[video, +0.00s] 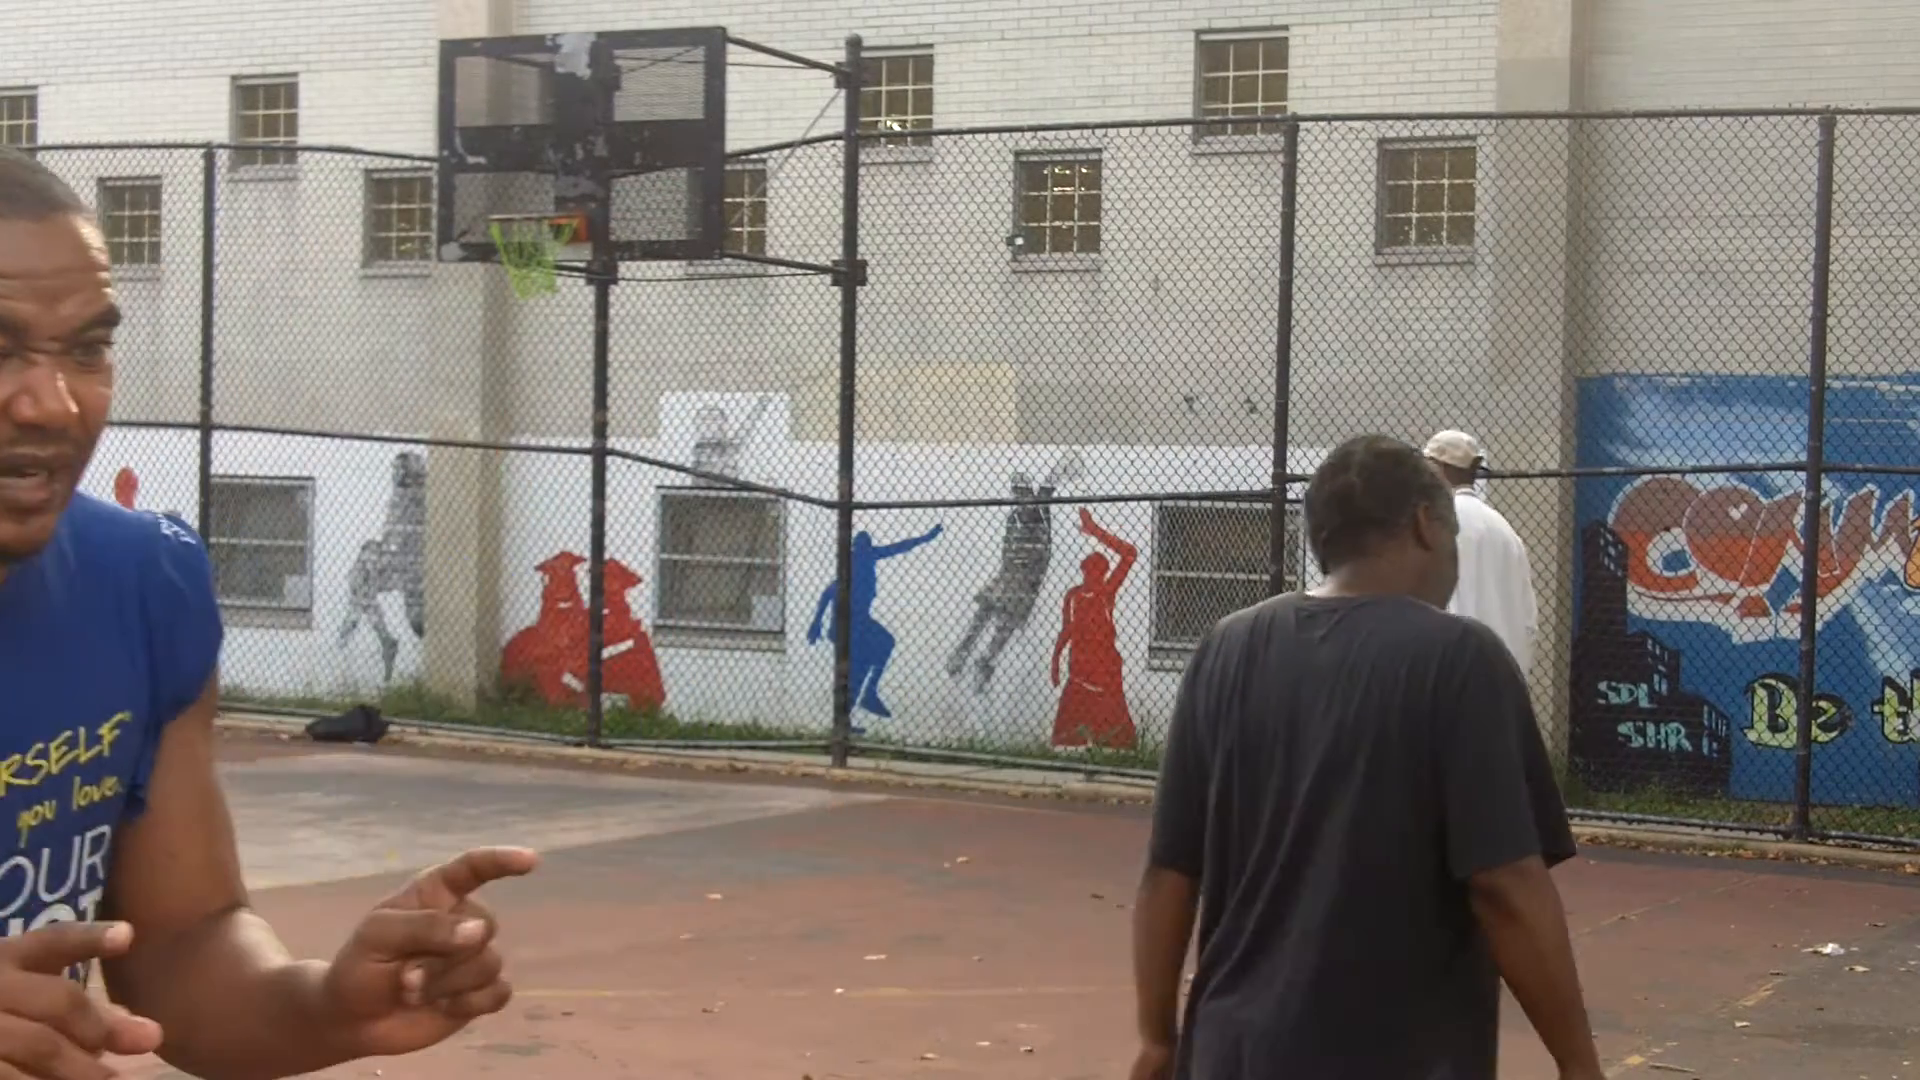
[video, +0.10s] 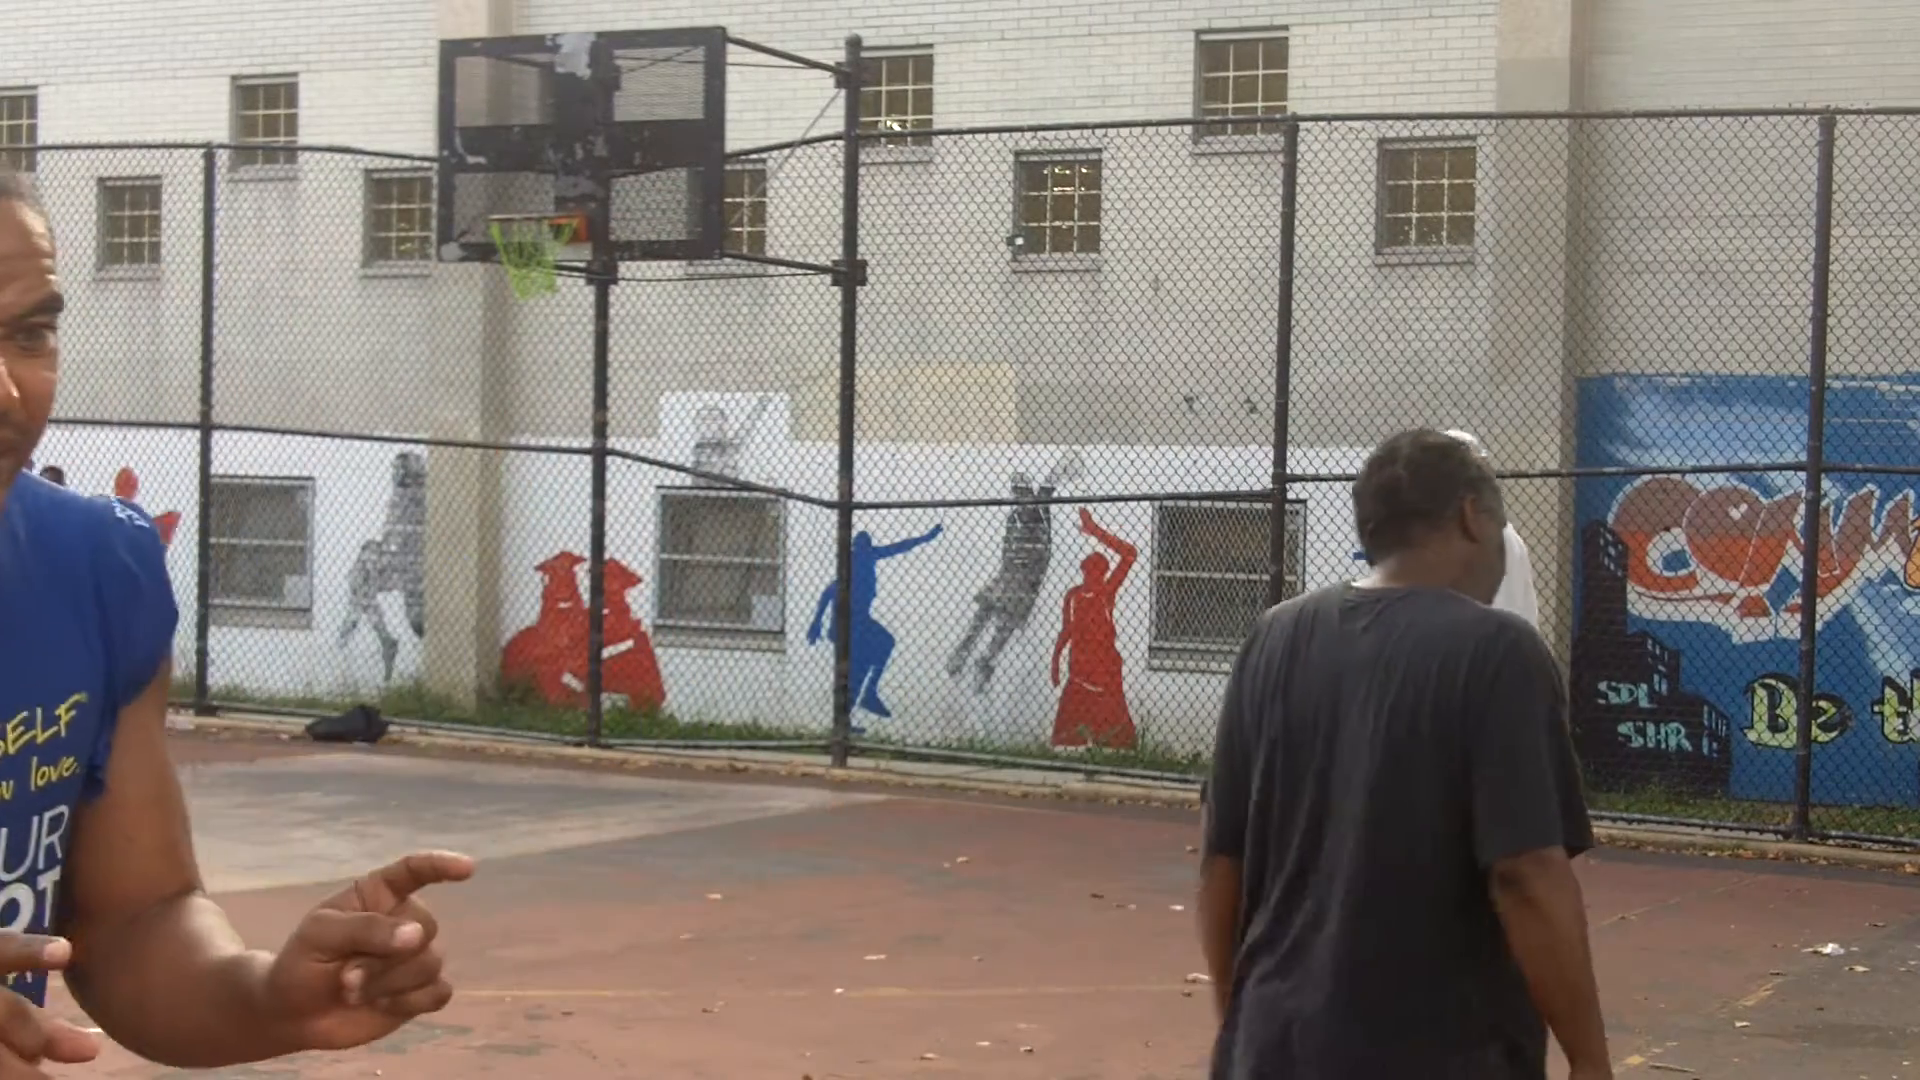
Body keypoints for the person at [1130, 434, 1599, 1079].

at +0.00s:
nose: (1457, 554)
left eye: (1455, 531)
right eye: (1453, 529)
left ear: (1326, 541)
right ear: (1425, 522)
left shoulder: (1228, 646)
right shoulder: (1457, 655)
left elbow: (1169, 870)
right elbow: (1504, 881)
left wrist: (1155, 1036)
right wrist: (1580, 1062)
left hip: (1229, 1047)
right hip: (1406, 1054)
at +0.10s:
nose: (1504, 547)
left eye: (1504, 524)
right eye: (1501, 522)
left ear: (1373, 531)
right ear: (1472, 515)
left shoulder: (1273, 636)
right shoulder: (1494, 647)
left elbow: (1223, 865)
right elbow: (1524, 871)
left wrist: (1237, 1025)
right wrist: (1589, 1060)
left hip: (1273, 1045)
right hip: (1447, 1052)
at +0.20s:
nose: (1557, 550)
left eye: (1557, 529)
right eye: (1554, 526)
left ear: (1425, 529)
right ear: (1520, 517)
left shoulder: (1319, 633)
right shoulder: (1535, 650)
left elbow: (1275, 848)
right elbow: (1548, 872)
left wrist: (1309, 994)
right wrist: (1604, 1060)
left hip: (1316, 1042)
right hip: (1482, 1050)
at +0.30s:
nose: (1612, 560)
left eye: (1612, 541)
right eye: (1608, 538)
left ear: (1483, 533)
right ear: (1574, 525)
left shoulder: (1378, 630)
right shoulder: (1588, 657)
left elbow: (1332, 838)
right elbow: (1584, 876)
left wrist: (1371, 981)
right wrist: (1627, 1063)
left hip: (1362, 1037)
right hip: (1521, 1049)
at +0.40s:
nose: (1672, 573)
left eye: (1674, 552)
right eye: (1669, 550)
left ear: (1545, 546)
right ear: (1634, 540)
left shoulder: (1443, 640)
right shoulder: (1644, 668)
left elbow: (1388, 838)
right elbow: (1633, 879)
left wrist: (1453, 968)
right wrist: (1668, 1065)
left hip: (1416, 1043)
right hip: (1570, 1053)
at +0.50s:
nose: (1734, 571)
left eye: (1734, 548)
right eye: (1730, 546)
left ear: (1610, 548)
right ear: (1701, 541)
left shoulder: (1504, 636)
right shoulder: (1708, 673)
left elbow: (1449, 838)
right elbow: (1699, 886)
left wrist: (1494, 973)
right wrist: (1729, 1063)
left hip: (1485, 1044)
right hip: (1637, 1052)